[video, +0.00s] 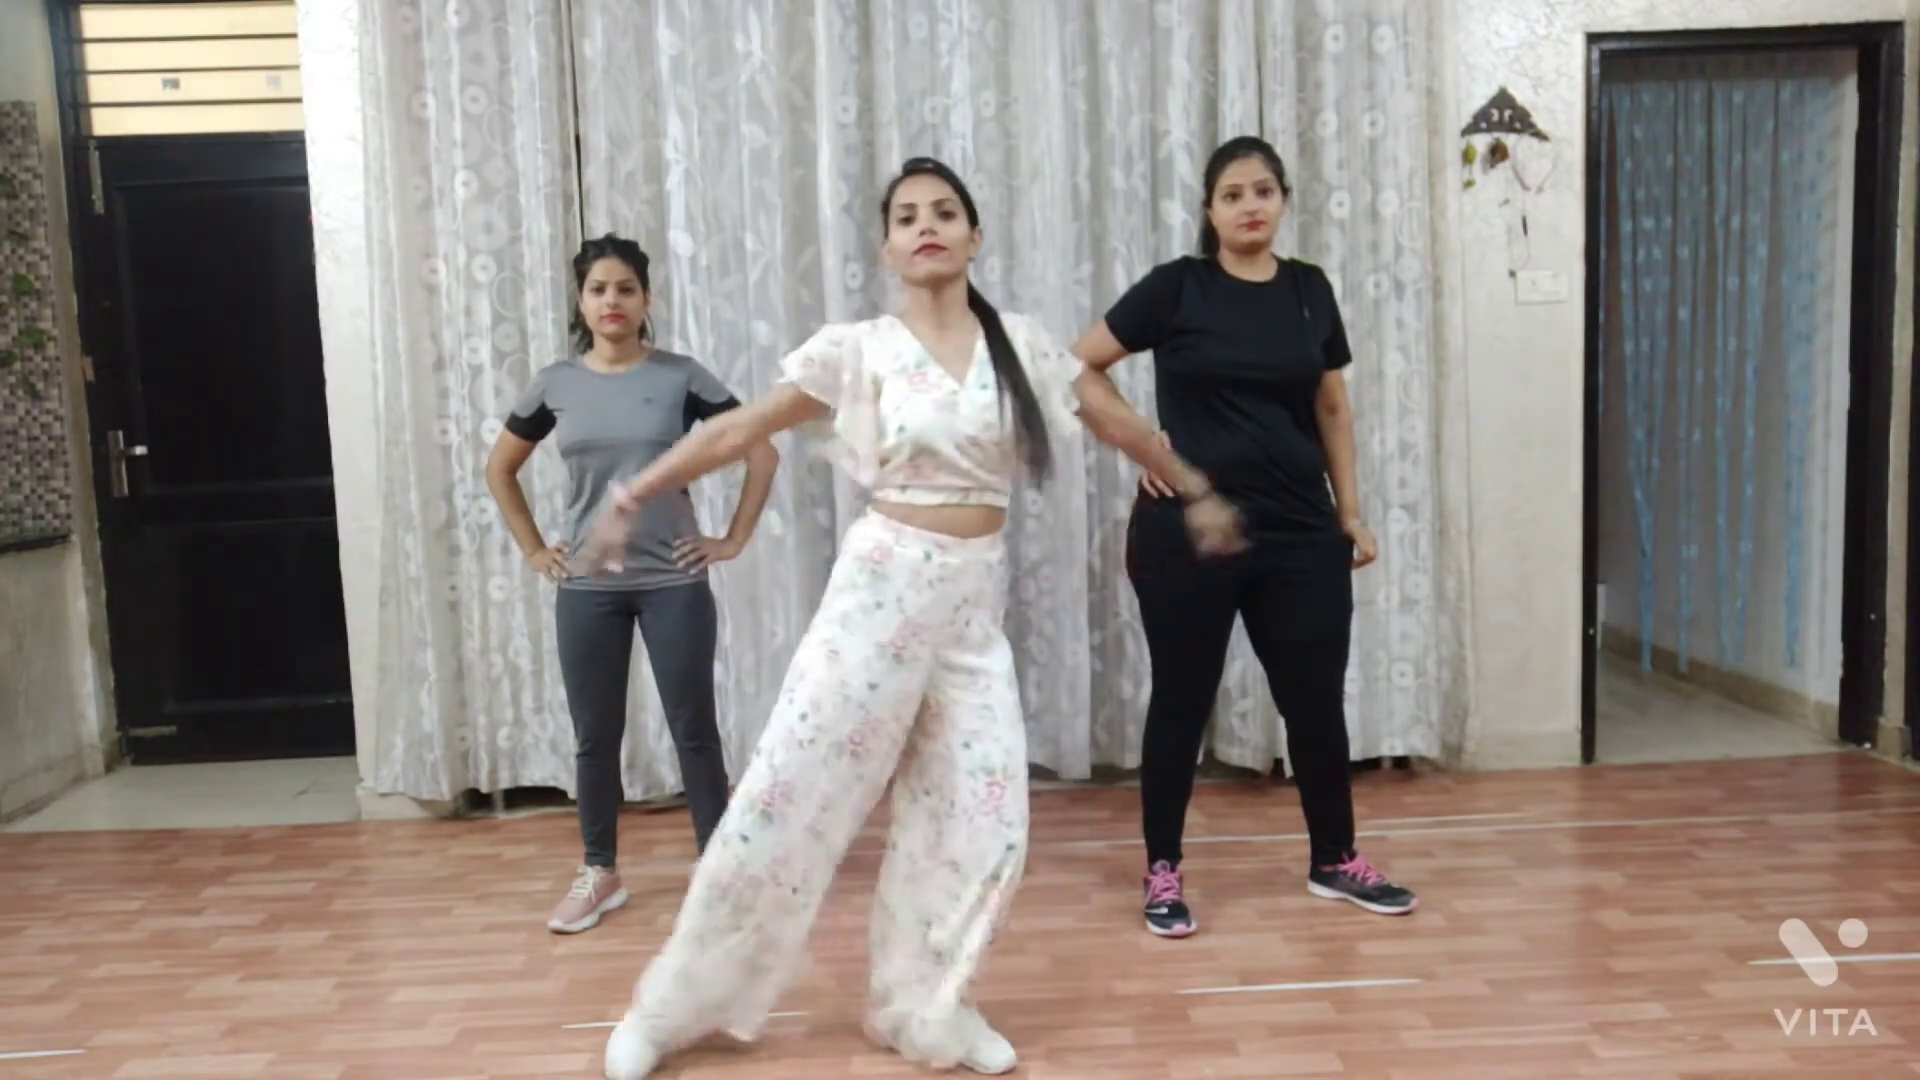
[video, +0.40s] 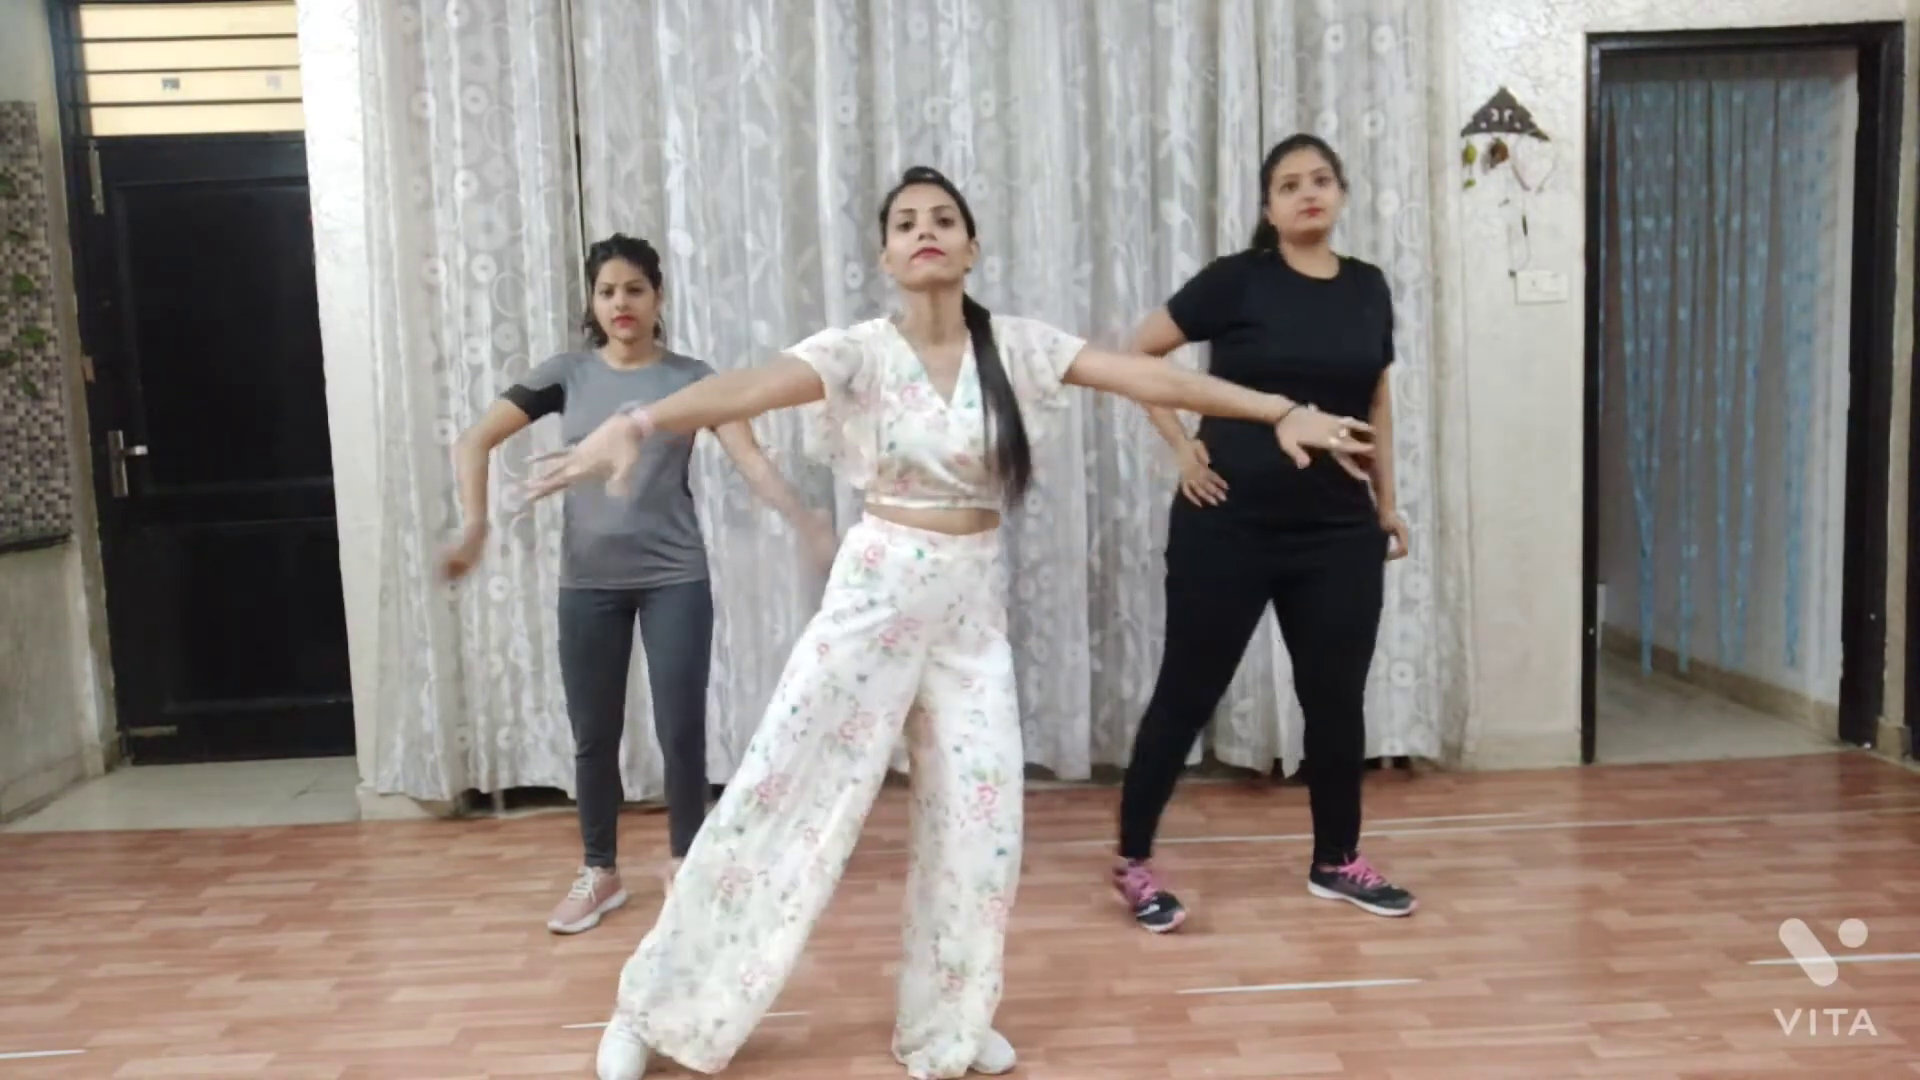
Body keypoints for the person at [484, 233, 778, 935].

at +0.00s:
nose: (612, 300)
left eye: (625, 288)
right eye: (598, 289)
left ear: (647, 299)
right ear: (580, 302)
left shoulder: (683, 379)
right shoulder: (555, 385)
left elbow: (764, 454)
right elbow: (499, 469)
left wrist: (735, 538)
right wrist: (535, 548)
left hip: (674, 580)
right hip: (587, 586)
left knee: (695, 733)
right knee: (595, 739)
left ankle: (719, 876)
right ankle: (599, 872)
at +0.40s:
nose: (621, 303)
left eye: (634, 290)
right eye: (608, 292)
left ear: (658, 297)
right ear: (591, 303)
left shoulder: (694, 379)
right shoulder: (569, 375)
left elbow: (752, 460)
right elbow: (473, 441)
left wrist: (806, 518)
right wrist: (473, 529)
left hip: (674, 574)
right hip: (589, 582)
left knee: (680, 732)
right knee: (595, 738)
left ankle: (687, 873)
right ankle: (599, 873)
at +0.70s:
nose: (640, 313)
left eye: (653, 299)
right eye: (627, 301)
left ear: (683, 303)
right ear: (610, 309)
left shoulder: (709, 371)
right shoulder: (598, 366)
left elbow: (729, 389)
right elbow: (600, 375)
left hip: (701, 579)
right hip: (616, 577)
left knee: (691, 736)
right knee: (556, 716)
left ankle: (687, 874)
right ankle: (509, 851)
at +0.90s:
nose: (647, 313)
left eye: (660, 301)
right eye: (635, 302)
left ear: (686, 308)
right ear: (615, 313)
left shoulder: (726, 372)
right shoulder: (603, 369)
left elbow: (694, 364)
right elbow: (630, 358)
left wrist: (632, 337)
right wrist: (745, 330)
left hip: (711, 577)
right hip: (626, 577)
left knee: (697, 735)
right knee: (547, 714)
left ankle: (687, 876)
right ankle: (468, 833)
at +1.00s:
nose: (648, 313)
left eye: (662, 301)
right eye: (636, 304)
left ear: (688, 303)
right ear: (618, 311)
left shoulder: (727, 367)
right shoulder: (605, 367)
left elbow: (716, 359)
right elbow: (612, 343)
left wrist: (619, 349)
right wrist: (731, 329)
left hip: (710, 576)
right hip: (625, 576)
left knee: (697, 734)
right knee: (557, 723)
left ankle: (688, 870)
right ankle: (488, 841)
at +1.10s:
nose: (653, 310)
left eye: (664, 298)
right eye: (639, 301)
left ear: (684, 302)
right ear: (622, 311)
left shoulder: (719, 377)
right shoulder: (610, 383)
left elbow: (744, 346)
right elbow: (589, 319)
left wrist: (636, 358)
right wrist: (698, 312)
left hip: (710, 577)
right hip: (625, 577)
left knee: (696, 734)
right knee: (555, 721)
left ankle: (689, 877)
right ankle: (483, 840)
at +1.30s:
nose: (650, 314)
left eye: (661, 302)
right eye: (639, 304)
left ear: (683, 306)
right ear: (622, 314)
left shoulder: (718, 378)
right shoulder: (606, 377)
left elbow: (759, 333)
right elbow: (559, 316)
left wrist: (661, 338)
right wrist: (642, 293)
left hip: (710, 578)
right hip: (625, 579)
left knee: (696, 735)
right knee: (553, 725)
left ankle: (688, 874)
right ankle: (482, 839)